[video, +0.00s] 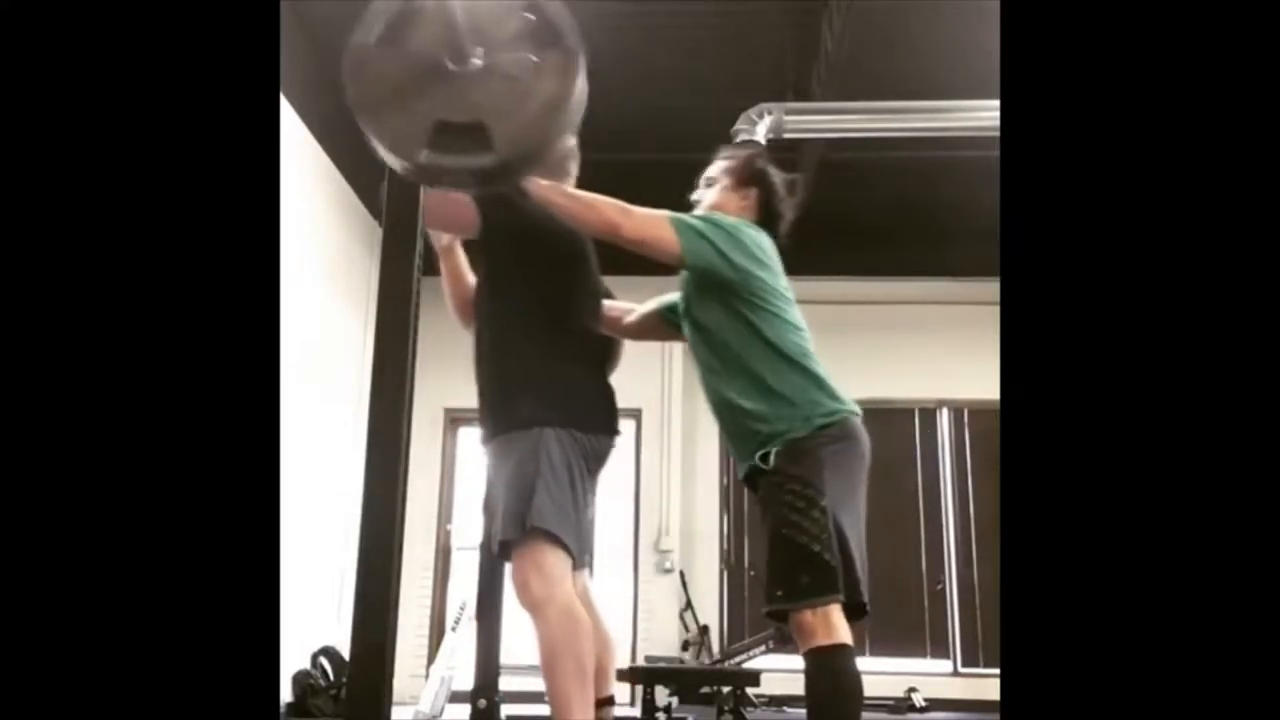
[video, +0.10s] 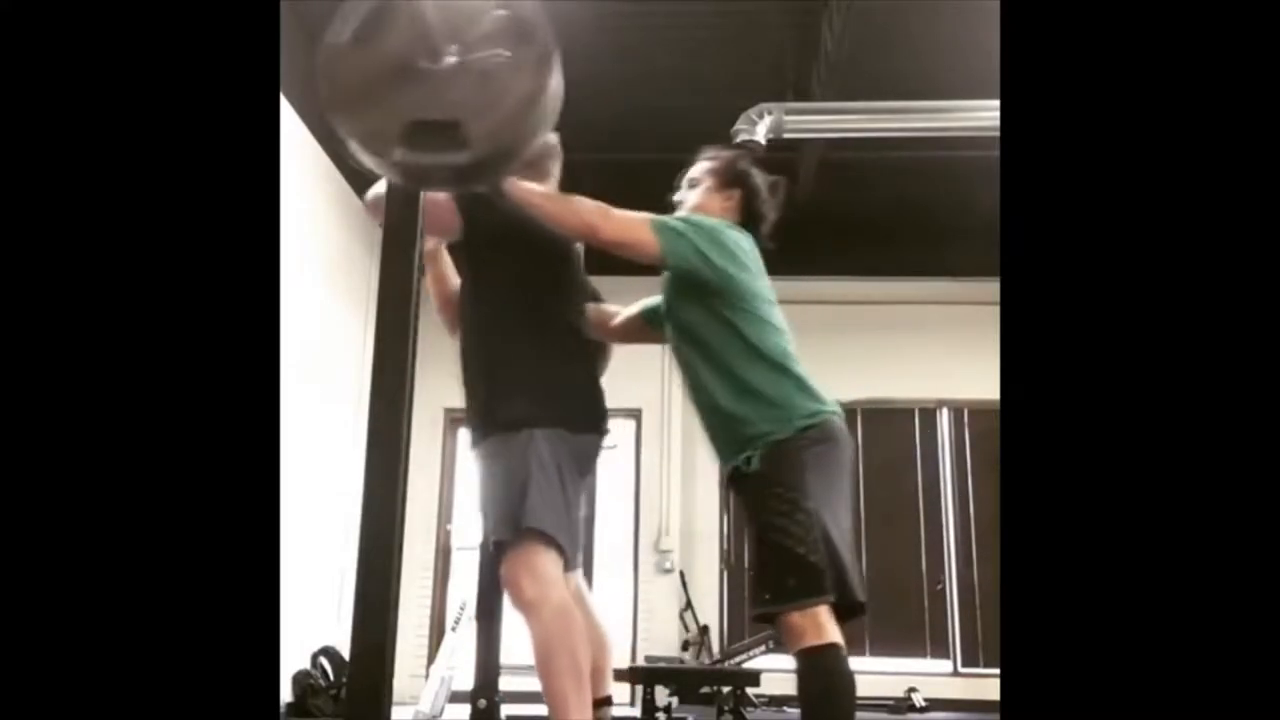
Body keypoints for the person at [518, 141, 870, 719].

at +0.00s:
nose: (697, 192)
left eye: (713, 182)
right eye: (701, 183)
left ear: (749, 197)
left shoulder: (736, 240)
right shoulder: (707, 294)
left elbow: (623, 222)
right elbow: (628, 318)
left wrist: (521, 182)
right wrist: (543, 290)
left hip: (813, 441)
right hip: (791, 452)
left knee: (816, 617)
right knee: (816, 620)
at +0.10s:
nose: (679, 195)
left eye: (695, 184)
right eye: (682, 185)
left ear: (733, 198)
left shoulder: (721, 241)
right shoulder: (693, 293)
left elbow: (602, 224)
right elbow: (614, 323)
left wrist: (498, 182)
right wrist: (533, 290)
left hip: (794, 443)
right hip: (772, 454)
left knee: (805, 618)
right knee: (803, 621)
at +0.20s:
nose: (654, 199)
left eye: (671, 188)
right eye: (658, 189)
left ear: (708, 203)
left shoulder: (697, 247)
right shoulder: (677, 298)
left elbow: (576, 231)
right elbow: (596, 333)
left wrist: (476, 189)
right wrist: (520, 293)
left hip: (770, 448)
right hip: (758, 456)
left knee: (785, 618)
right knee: (797, 620)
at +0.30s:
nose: (633, 202)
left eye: (649, 192)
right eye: (638, 193)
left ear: (685, 208)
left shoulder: (678, 254)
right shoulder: (658, 303)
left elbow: (569, 240)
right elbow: (590, 344)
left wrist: (472, 198)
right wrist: (514, 310)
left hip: (750, 455)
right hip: (751, 459)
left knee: (770, 621)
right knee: (802, 624)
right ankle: (835, 719)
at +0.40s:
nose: (630, 206)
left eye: (643, 195)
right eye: (634, 196)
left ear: (680, 205)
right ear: (674, 209)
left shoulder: (680, 255)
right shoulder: (651, 296)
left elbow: (580, 249)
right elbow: (594, 350)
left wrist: (481, 209)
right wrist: (519, 313)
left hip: (742, 453)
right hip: (738, 458)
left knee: (761, 621)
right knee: (794, 620)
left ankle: (811, 718)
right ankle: (834, 716)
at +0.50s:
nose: (640, 204)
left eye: (650, 193)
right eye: (644, 194)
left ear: (683, 200)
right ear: (685, 207)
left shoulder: (685, 252)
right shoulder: (660, 299)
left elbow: (583, 247)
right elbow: (594, 348)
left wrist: (480, 203)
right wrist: (520, 311)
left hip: (739, 456)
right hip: (750, 457)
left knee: (759, 621)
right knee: (789, 621)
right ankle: (835, 716)